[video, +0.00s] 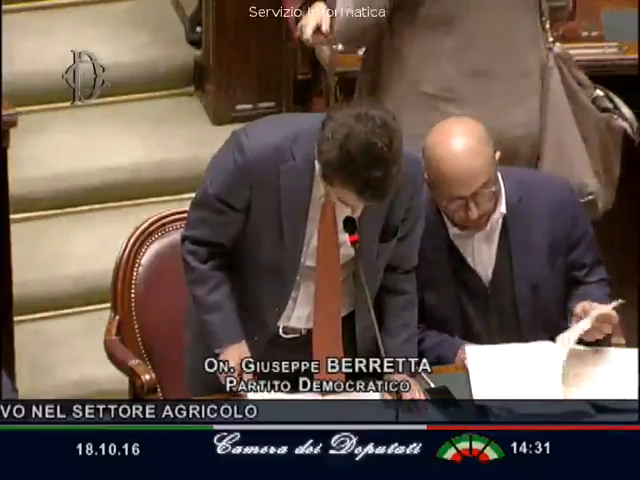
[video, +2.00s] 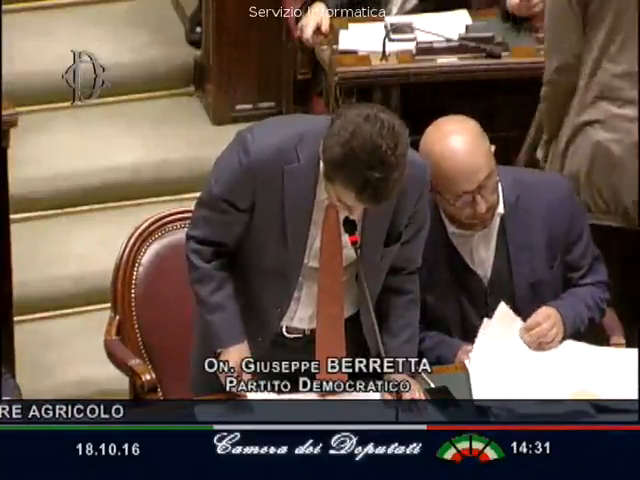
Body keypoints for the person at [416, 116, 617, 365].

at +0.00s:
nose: (474, 211)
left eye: (484, 192)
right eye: (456, 201)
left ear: (496, 160)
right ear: (429, 182)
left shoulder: (554, 199)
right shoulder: (408, 222)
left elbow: (589, 278)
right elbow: (399, 325)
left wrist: (588, 310)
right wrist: (456, 355)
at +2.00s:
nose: (480, 206)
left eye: (486, 185)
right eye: (462, 198)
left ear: (493, 156)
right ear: (431, 187)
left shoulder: (552, 196)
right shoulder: (409, 224)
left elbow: (594, 284)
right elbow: (401, 326)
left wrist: (563, 316)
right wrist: (454, 353)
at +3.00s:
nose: (473, 211)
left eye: (481, 192)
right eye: (455, 200)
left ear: (493, 157)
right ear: (429, 185)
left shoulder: (552, 197)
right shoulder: (407, 221)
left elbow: (586, 271)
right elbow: (394, 324)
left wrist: (601, 305)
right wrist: (441, 348)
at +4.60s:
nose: (475, 208)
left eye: (482, 189)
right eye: (457, 198)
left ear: (494, 158)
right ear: (430, 184)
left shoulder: (553, 194)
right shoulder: (409, 219)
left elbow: (595, 278)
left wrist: (568, 304)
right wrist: (440, 345)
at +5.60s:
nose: (469, 211)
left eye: (479, 191)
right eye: (452, 199)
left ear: (491, 159)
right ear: (425, 186)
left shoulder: (550, 197)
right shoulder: (407, 222)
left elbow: (591, 282)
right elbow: (398, 327)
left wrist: (580, 317)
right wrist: (438, 346)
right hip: (454, 380)